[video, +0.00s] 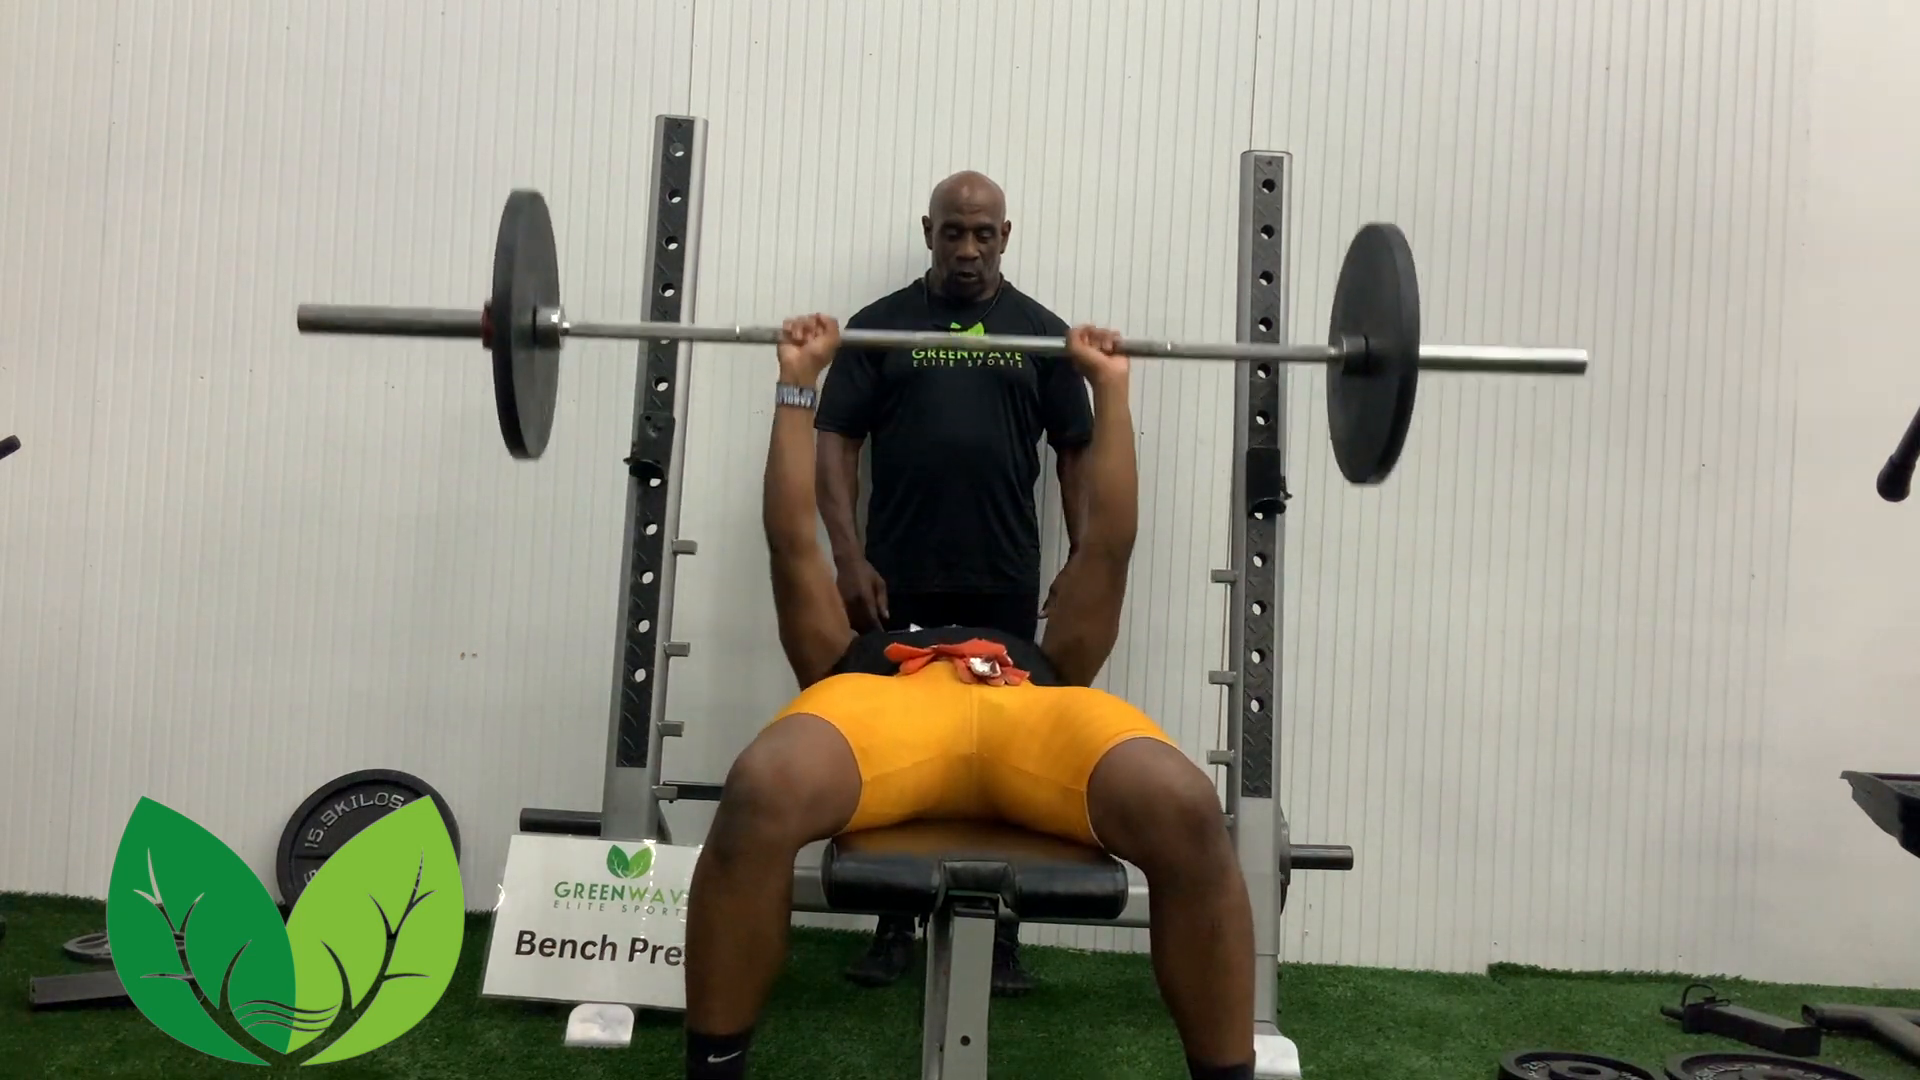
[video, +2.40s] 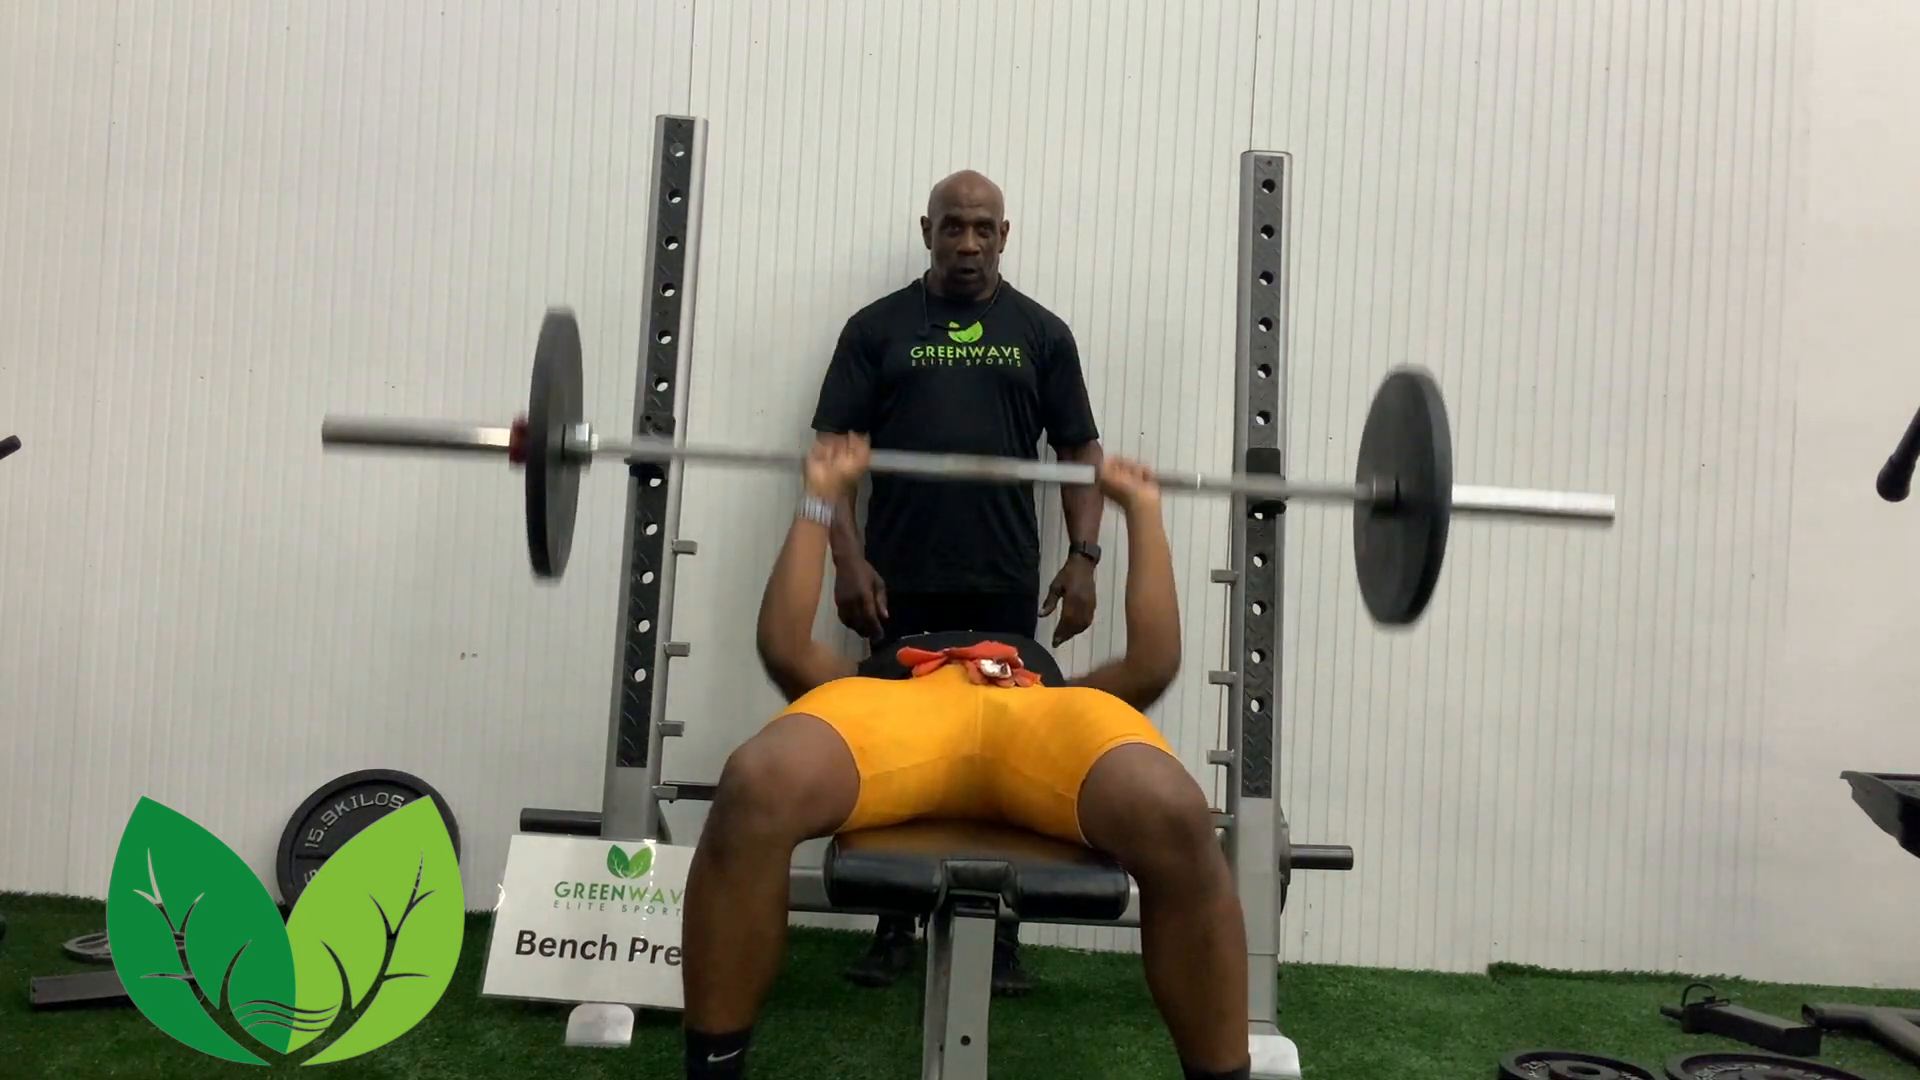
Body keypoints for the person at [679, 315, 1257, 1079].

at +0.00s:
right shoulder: (849, 662)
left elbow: (1106, 543)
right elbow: (794, 539)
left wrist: (1112, 385)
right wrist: (797, 388)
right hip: (879, 698)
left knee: (1187, 810)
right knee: (758, 790)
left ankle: (1229, 1072)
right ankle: (714, 1067)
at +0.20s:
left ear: (1023, 667)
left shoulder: (1054, 685)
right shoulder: (860, 679)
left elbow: (1155, 646)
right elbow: (752, 636)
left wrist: (1124, 492)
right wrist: (793, 496)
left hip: (1046, 706)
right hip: (885, 699)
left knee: (1189, 819)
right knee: (763, 791)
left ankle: (1230, 1074)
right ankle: (714, 1066)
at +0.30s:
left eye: (1004, 657)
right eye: (942, 655)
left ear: (1024, 670)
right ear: (922, 664)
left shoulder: (1050, 685)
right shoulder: (875, 682)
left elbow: (1171, 708)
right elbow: (745, 700)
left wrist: (1125, 555)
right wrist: (790, 559)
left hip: (1043, 706)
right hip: (895, 698)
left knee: (1189, 820)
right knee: (760, 793)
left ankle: (1226, 1073)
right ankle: (712, 1066)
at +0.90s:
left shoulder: (1064, 691)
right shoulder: (859, 684)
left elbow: (1149, 611)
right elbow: (761, 595)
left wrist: (1128, 453)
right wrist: (796, 451)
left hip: (1040, 708)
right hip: (890, 702)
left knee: (1179, 817)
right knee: (759, 789)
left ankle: (1224, 1070)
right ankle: (716, 1064)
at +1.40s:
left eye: (1001, 656)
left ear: (1019, 662)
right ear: (915, 657)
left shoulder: (1058, 691)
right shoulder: (874, 680)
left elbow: (1171, 703)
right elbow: (755, 685)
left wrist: (1136, 552)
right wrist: (805, 547)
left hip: (1041, 704)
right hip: (895, 696)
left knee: (1179, 822)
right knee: (758, 792)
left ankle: (1224, 1069)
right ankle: (712, 1066)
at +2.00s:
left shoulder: (1063, 689)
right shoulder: (854, 681)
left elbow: (1143, 607)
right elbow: (790, 577)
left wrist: (1138, 447)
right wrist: (810, 430)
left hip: (1044, 707)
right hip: (891, 696)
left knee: (1189, 819)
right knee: (758, 789)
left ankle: (1223, 1072)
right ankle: (712, 1065)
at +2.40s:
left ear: (1029, 677)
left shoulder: (1057, 685)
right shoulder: (877, 670)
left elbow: (1153, 661)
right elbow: (785, 642)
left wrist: (1145, 512)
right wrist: (819, 508)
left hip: (1048, 712)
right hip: (892, 702)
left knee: (1179, 822)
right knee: (754, 786)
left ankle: (1224, 1073)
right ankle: (713, 1066)